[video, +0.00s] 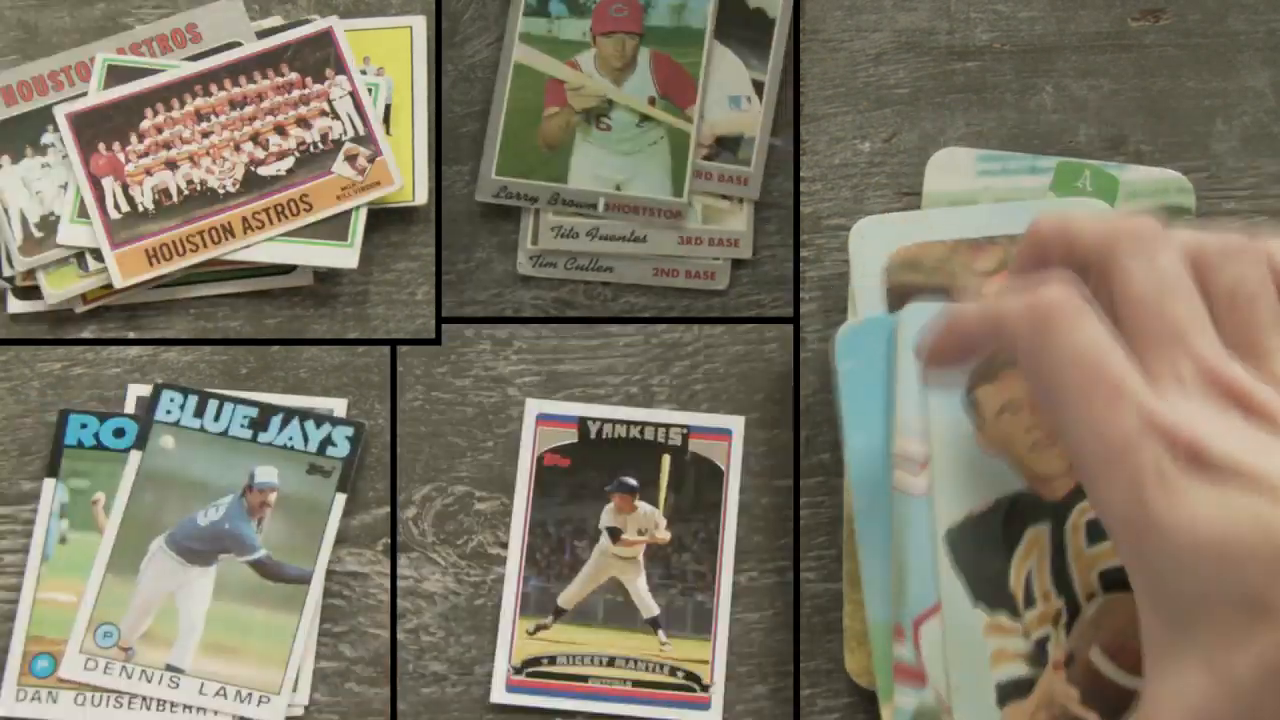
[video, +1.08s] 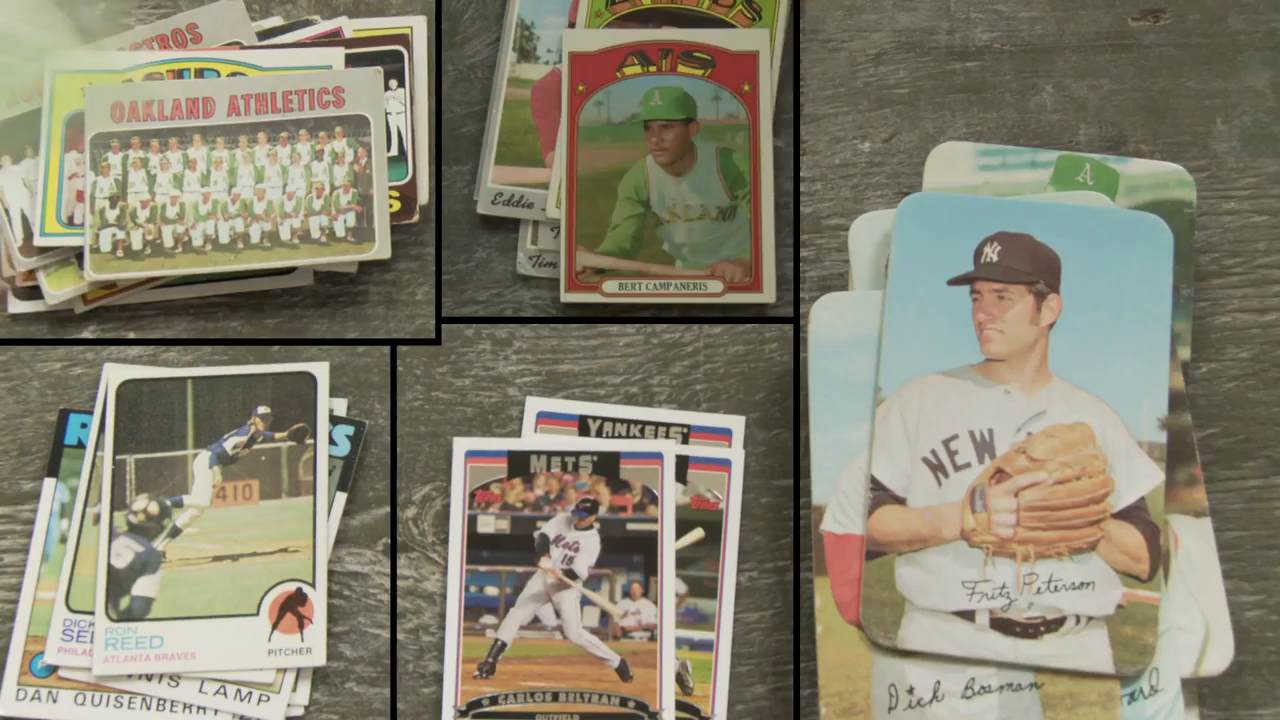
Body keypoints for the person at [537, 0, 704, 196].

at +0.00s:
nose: (621, 47)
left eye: (630, 38)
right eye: (611, 37)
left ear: (639, 40)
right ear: (594, 39)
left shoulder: (660, 66)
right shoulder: (571, 71)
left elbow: (704, 114)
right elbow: (548, 141)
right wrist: (573, 110)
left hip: (649, 156)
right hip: (591, 154)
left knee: (649, 235)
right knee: (582, 233)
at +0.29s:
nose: (620, 46)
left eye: (630, 36)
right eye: (609, 36)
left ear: (640, 40)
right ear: (593, 39)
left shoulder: (659, 67)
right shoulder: (570, 72)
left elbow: (702, 113)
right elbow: (547, 141)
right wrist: (572, 109)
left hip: (649, 156)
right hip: (591, 155)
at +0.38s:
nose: (606, 45)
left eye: (614, 33)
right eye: (593, 35)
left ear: (623, 37)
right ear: (575, 39)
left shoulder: (654, 78)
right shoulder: (556, 91)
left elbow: (676, 140)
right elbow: (560, 159)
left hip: (646, 196)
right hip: (590, 199)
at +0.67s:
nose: (603, 45)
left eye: (612, 33)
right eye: (592, 34)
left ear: (621, 36)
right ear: (573, 38)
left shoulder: (652, 78)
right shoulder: (553, 91)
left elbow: (674, 138)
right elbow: (558, 155)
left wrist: (673, 162)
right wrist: (575, 177)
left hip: (641, 200)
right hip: (584, 200)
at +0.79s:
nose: (674, 58)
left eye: (678, 53)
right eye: (669, 52)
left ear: (682, 56)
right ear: (658, 51)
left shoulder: (682, 86)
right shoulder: (629, 73)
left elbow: (678, 123)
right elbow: (598, 106)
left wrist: (691, 130)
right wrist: (618, 139)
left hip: (649, 135)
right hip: (620, 133)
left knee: (649, 186)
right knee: (629, 189)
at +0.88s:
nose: (674, 58)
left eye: (679, 53)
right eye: (669, 52)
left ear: (682, 56)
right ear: (658, 51)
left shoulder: (682, 86)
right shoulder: (629, 73)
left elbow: (677, 123)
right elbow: (598, 106)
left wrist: (690, 130)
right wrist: (618, 139)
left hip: (649, 134)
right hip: (620, 133)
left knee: (648, 186)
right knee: (629, 189)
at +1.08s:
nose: (655, 139)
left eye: (666, 128)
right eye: (649, 129)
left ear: (692, 129)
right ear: (644, 133)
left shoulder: (732, 165)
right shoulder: (638, 180)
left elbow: (771, 224)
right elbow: (623, 238)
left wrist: (745, 262)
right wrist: (594, 263)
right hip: (686, 275)